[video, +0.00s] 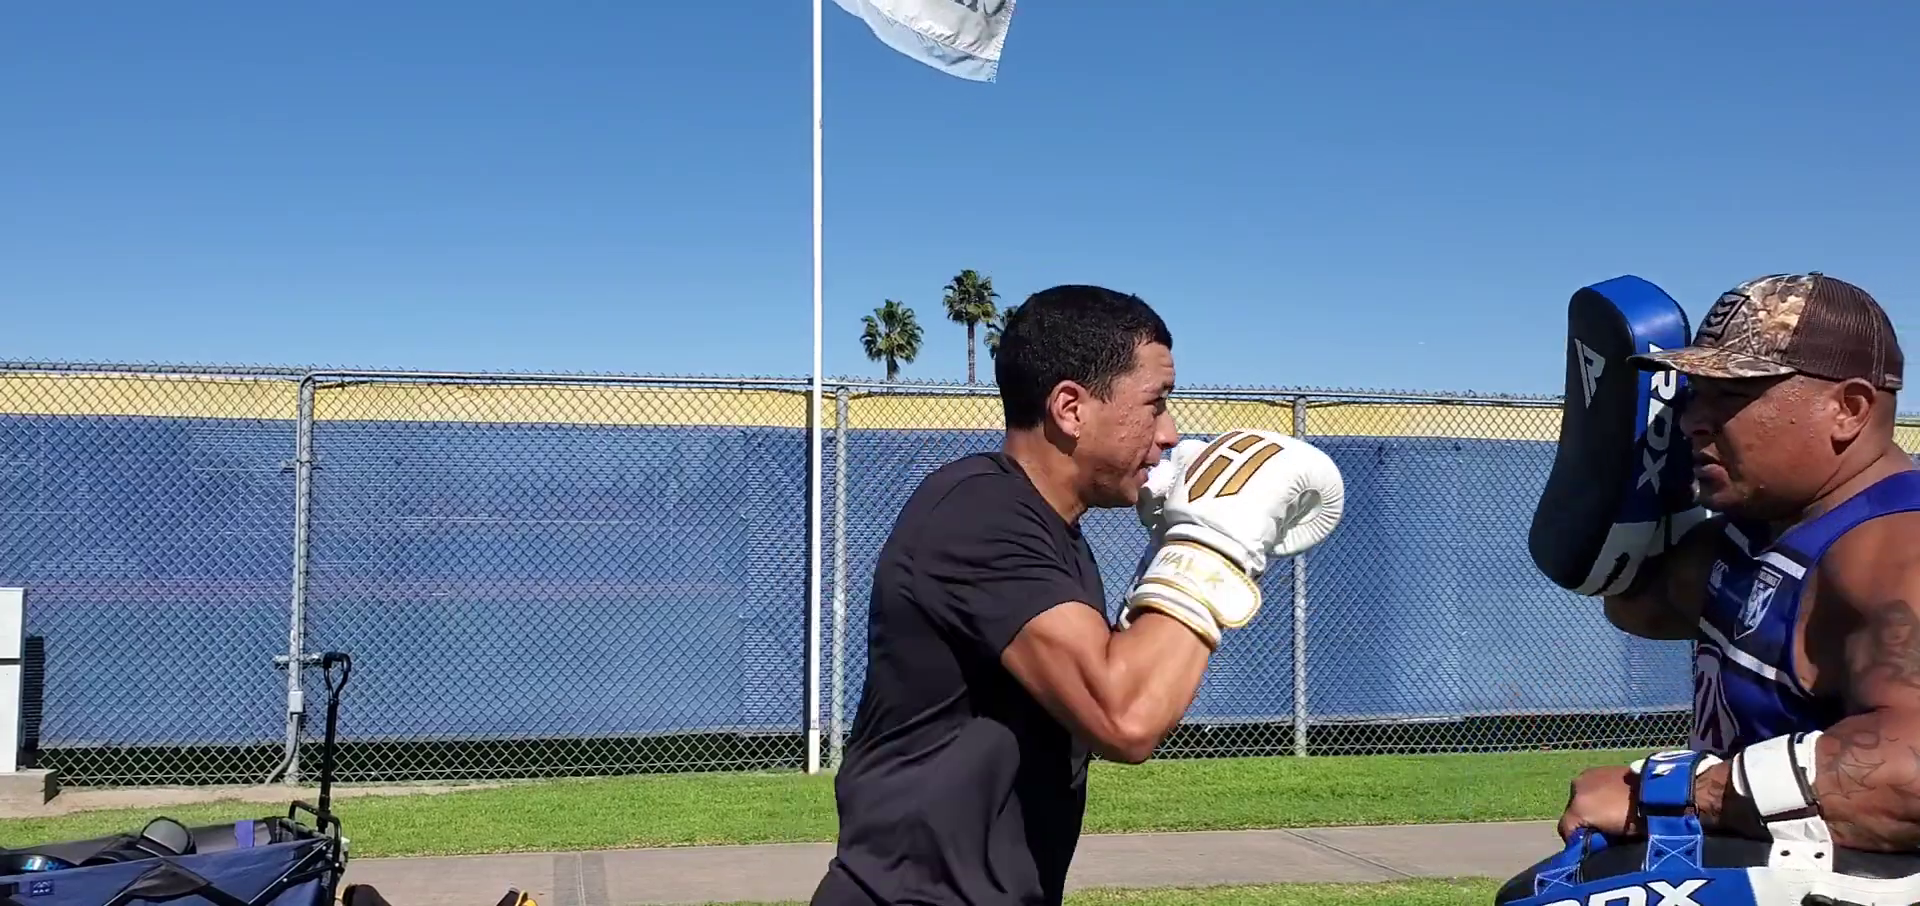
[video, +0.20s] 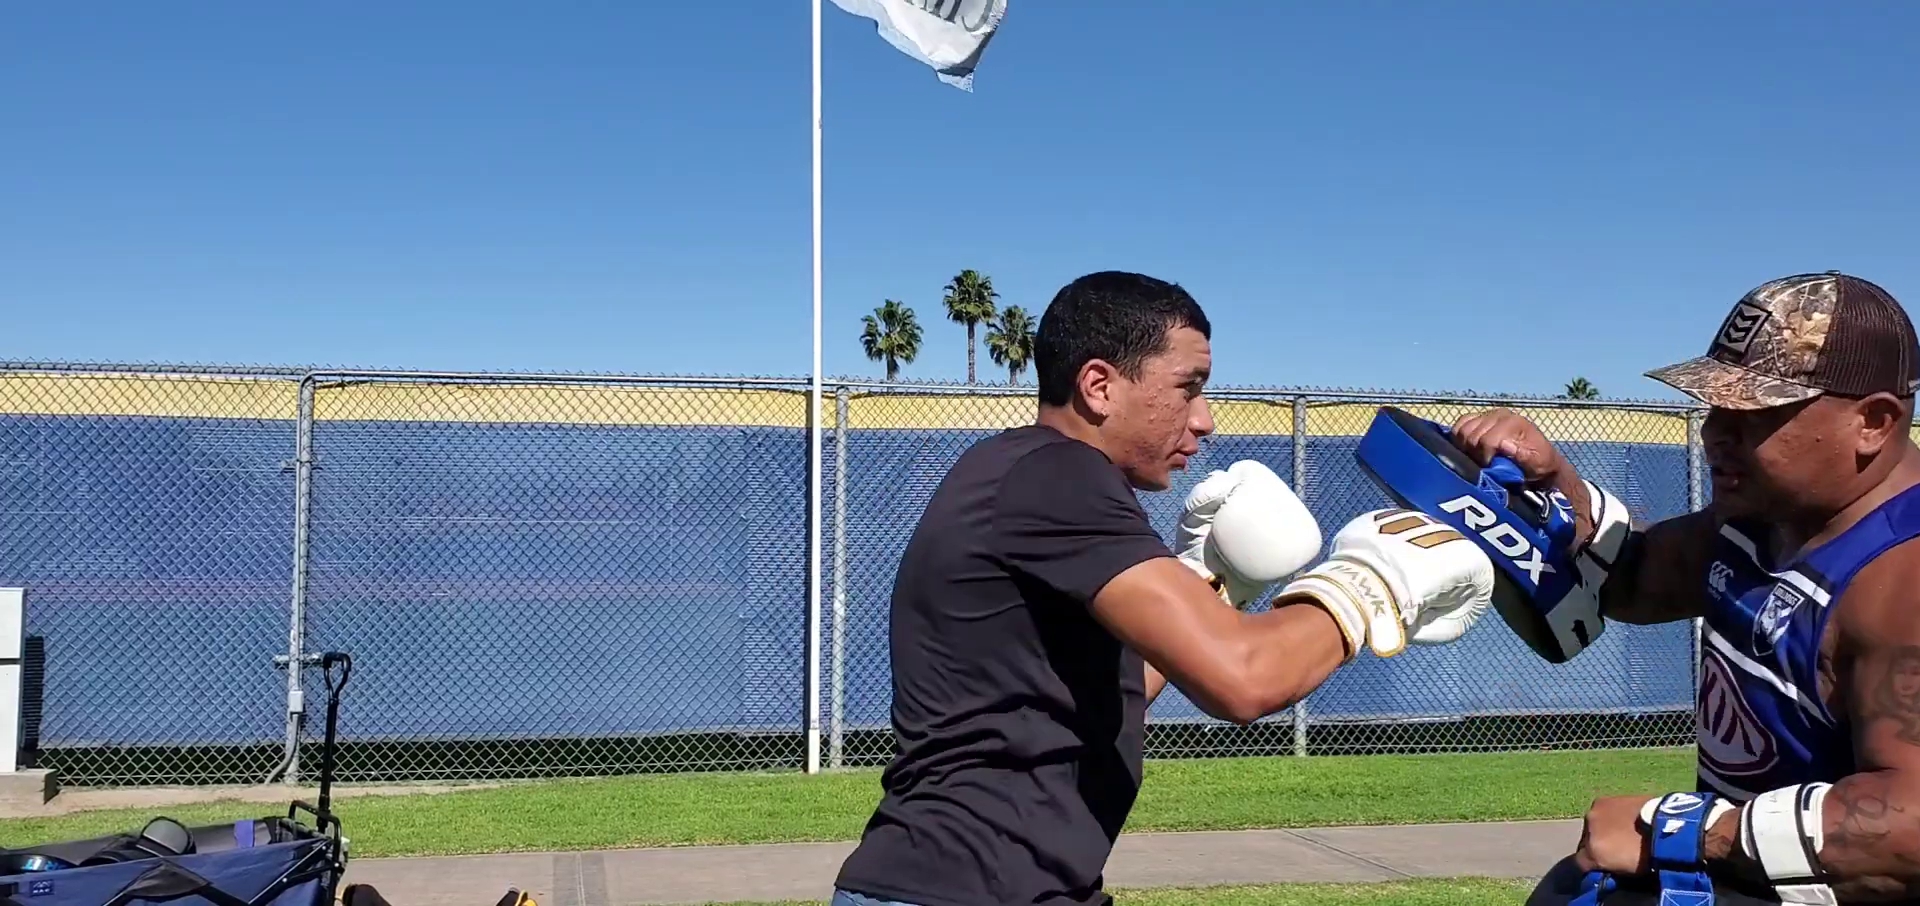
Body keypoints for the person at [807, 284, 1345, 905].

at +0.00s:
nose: (1170, 434)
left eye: (1165, 406)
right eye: (1153, 404)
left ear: (1071, 412)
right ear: (1070, 408)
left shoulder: (1055, 539)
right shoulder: (978, 516)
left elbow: (1114, 708)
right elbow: (1127, 713)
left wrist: (1184, 548)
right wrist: (1215, 546)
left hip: (1002, 885)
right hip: (918, 887)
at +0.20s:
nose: (1204, 423)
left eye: (1203, 394)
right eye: (1186, 390)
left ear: (1099, 389)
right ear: (1099, 385)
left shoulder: (1002, 479)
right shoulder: (1055, 480)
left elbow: (1099, 703)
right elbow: (1245, 677)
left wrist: (1201, 581)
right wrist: (1372, 583)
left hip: (928, 878)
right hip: (977, 884)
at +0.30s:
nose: (1194, 425)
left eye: (1189, 396)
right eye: (1176, 394)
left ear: (1087, 401)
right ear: (1088, 397)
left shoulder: (1035, 509)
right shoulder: (1016, 515)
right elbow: (1076, 785)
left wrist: (1147, 630)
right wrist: (1244, 687)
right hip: (956, 884)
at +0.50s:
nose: (1173, 420)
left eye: (1169, 389)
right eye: (1158, 388)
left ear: (1072, 389)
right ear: (1073, 386)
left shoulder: (1038, 518)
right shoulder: (945, 524)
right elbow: (986, 808)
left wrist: (1114, 653)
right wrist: (1107, 626)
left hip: (1026, 886)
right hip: (922, 889)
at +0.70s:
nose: (1193, 426)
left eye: (1191, 396)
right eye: (1181, 395)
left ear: (1097, 396)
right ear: (1095, 393)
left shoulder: (1068, 516)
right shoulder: (964, 522)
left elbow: (1061, 761)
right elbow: (1047, 799)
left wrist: (1177, 635)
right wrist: (1163, 618)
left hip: (1041, 879)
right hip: (932, 886)